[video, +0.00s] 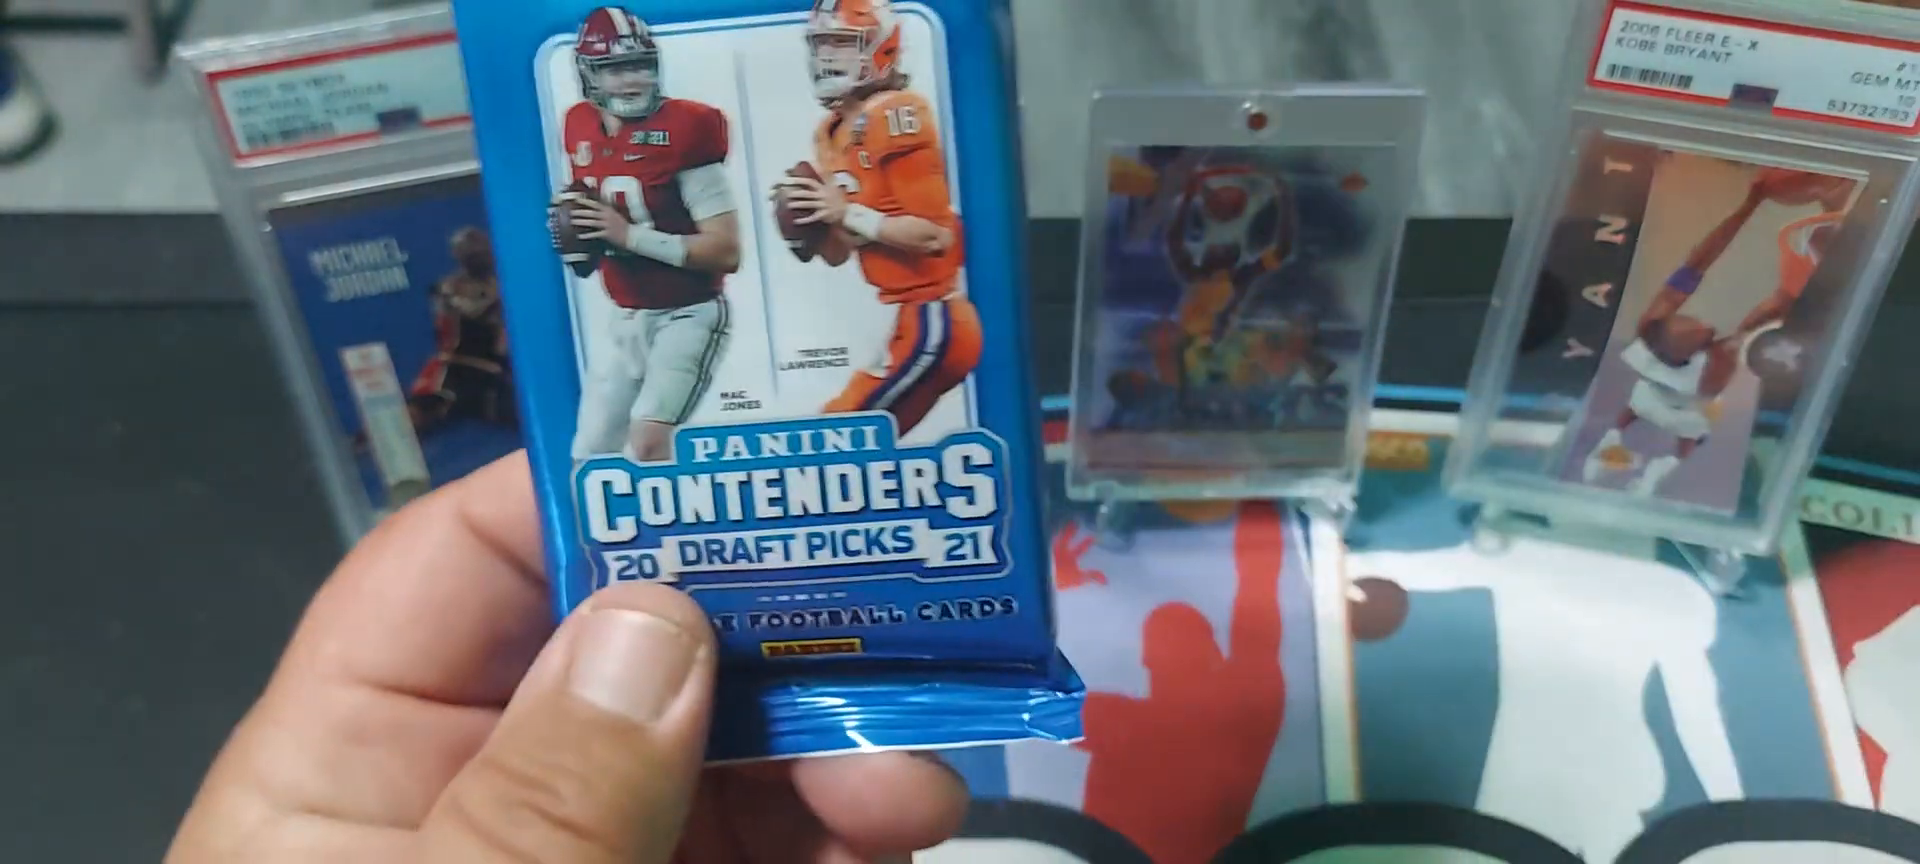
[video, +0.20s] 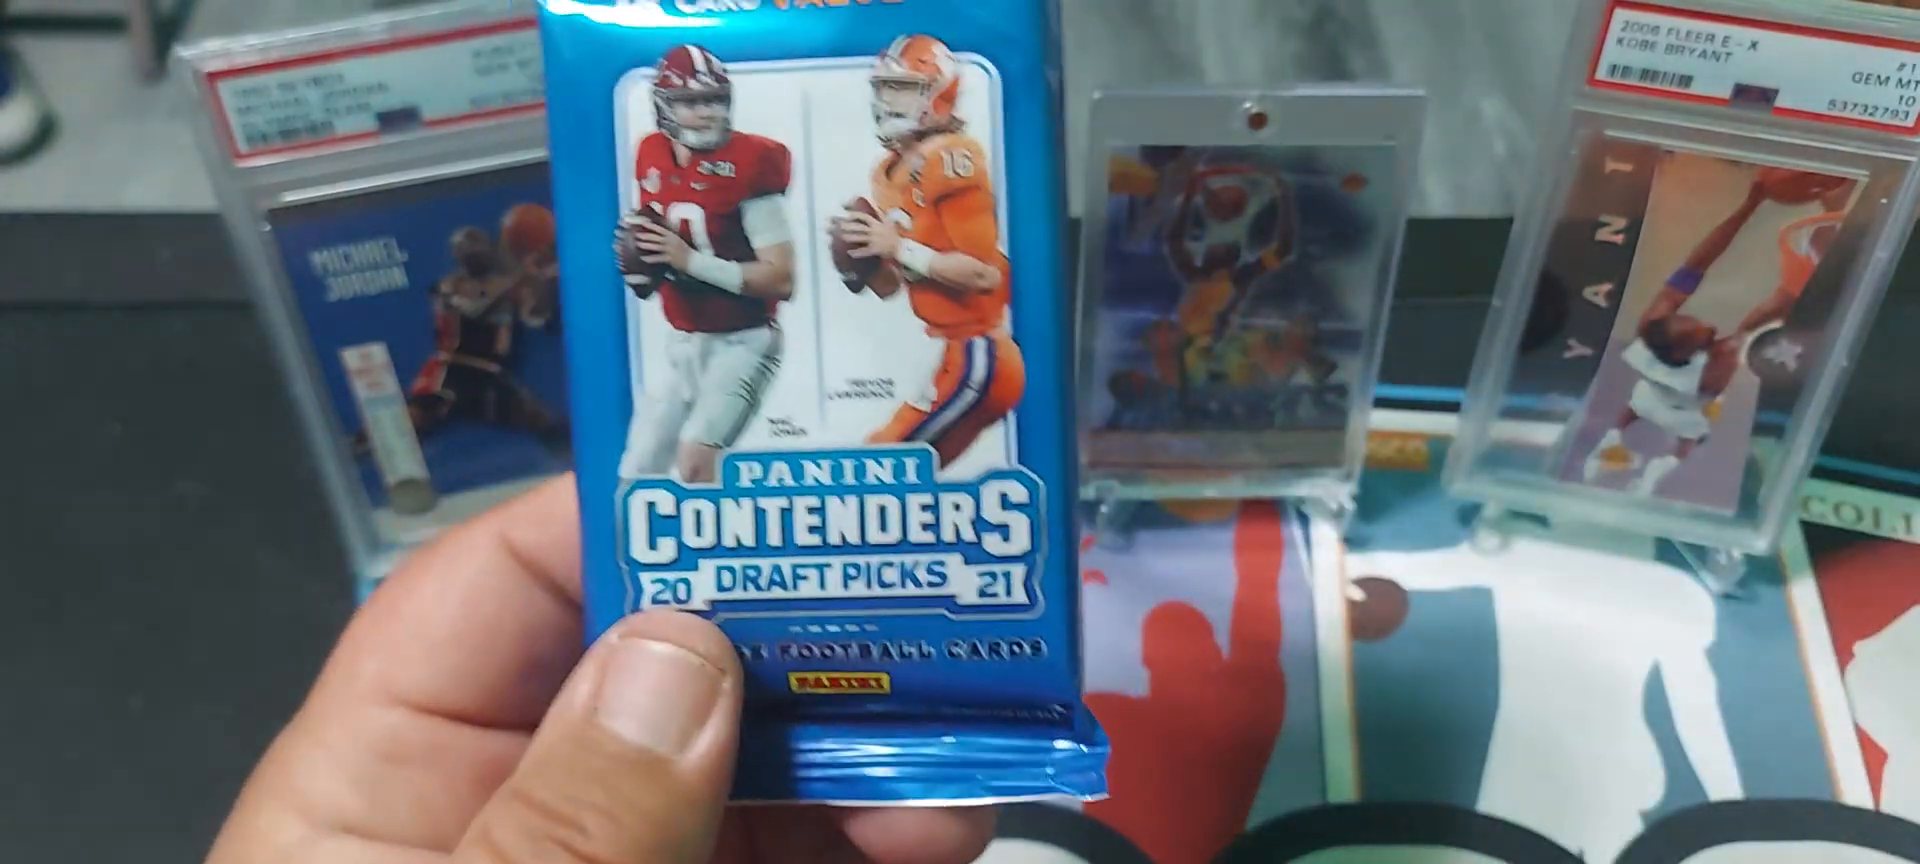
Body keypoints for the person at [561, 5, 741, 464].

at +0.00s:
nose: (631, 79)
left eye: (639, 66)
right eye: (615, 69)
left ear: (654, 67)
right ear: (589, 76)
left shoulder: (689, 128)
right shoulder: (580, 125)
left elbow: (726, 252)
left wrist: (628, 235)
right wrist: (568, 230)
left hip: (692, 314)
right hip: (624, 319)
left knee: (647, 442)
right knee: (590, 455)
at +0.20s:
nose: (703, 112)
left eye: (713, 100)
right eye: (688, 102)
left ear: (728, 101)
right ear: (664, 106)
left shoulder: (753, 162)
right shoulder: (652, 153)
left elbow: (781, 279)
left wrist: (689, 260)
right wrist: (635, 255)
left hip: (746, 342)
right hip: (683, 343)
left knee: (695, 459)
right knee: (637, 474)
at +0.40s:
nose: (776, 148)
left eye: (786, 136)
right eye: (763, 137)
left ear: (799, 138)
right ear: (735, 140)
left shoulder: (823, 198)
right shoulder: (719, 186)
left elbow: (847, 319)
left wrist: (755, 296)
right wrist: (698, 280)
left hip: (805, 377)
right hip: (739, 376)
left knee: (745, 500)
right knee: (687, 505)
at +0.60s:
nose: (764, 154)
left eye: (774, 143)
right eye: (751, 143)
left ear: (787, 145)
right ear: (722, 146)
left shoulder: (811, 205)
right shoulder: (704, 191)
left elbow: (829, 327)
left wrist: (737, 302)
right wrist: (681, 283)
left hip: (785, 384)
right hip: (718, 381)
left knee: (723, 504)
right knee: (663, 509)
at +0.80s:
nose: (744, 143)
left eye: (753, 132)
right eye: (731, 132)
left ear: (767, 135)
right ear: (705, 136)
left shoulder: (793, 194)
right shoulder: (688, 181)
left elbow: (816, 314)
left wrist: (723, 291)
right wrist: (667, 274)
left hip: (774, 371)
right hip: (709, 371)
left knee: (715, 495)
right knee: (653, 503)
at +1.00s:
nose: (732, 136)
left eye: (741, 124)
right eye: (718, 126)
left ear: (754, 127)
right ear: (692, 130)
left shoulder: (780, 186)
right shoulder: (674, 175)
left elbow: (803, 307)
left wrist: (711, 284)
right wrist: (654, 269)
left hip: (761, 364)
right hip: (695, 364)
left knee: (701, 488)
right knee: (641, 495)